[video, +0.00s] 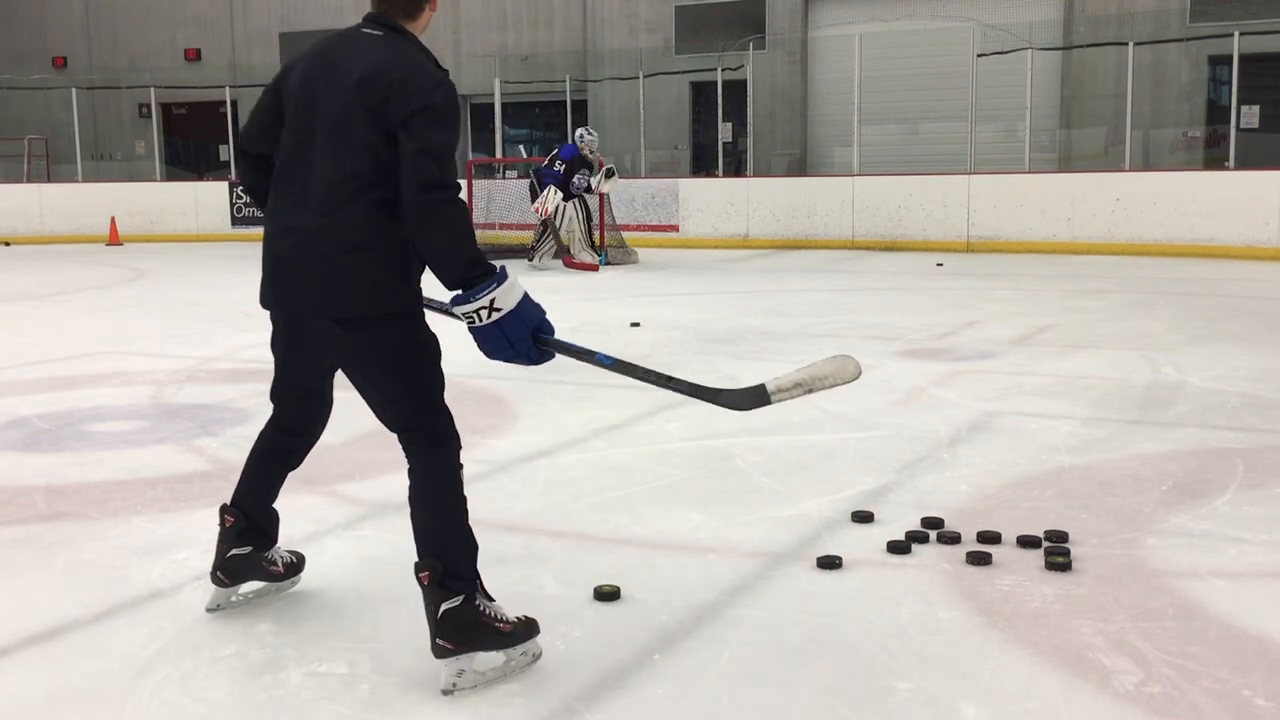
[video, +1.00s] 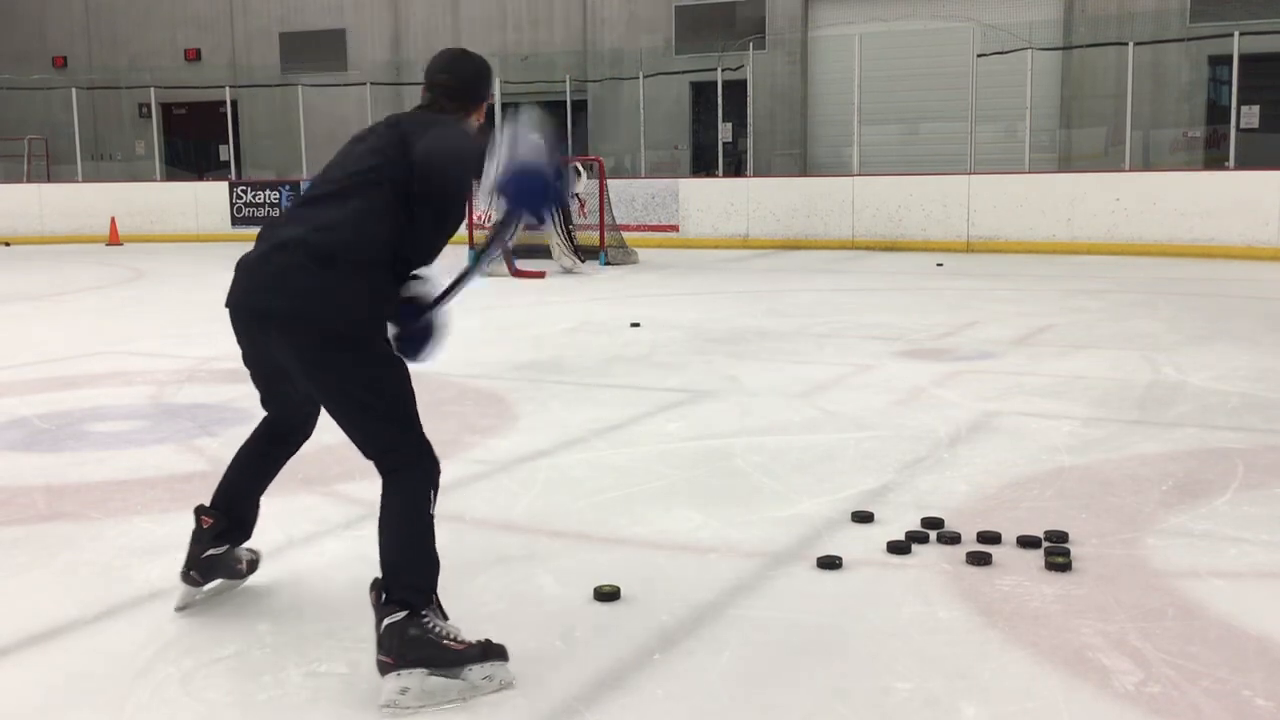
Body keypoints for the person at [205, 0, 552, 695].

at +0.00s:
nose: (438, 14)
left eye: (436, 9)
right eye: (439, 9)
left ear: (371, 4)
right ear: (429, 8)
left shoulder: (309, 60)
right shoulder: (423, 79)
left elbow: (252, 149)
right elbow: (431, 203)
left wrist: (299, 217)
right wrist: (490, 296)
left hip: (291, 285)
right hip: (371, 294)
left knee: (294, 417)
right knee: (431, 440)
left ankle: (240, 545)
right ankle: (456, 606)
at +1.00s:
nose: (483, 126)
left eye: (483, 116)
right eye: (487, 115)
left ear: (428, 95)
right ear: (479, 107)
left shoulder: (379, 134)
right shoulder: (452, 135)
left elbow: (340, 229)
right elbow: (445, 182)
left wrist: (397, 306)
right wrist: (406, 275)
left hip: (255, 293)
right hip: (329, 307)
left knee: (289, 417)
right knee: (409, 462)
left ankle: (212, 542)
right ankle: (407, 617)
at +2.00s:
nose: (560, 67)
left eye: (558, 56)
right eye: (561, 56)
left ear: (507, 46)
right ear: (549, 54)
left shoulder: (447, 93)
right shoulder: (542, 118)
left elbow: (373, 152)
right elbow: (560, 217)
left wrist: (375, 224)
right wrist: (601, 293)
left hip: (400, 260)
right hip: (460, 273)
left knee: (446, 379)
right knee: (535, 396)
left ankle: (392, 487)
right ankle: (516, 538)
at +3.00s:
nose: (544, 74)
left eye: (548, 64)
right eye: (546, 61)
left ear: (493, 31)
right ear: (527, 46)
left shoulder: (403, 50)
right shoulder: (519, 124)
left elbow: (303, 50)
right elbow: (493, 234)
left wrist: (343, 121)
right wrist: (483, 308)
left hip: (341, 247)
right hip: (423, 260)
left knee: (375, 395)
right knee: (481, 418)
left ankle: (338, 543)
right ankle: (486, 582)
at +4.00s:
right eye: (447, 16)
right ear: (431, 5)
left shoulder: (317, 37)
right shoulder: (449, 59)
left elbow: (252, 124)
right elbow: (468, 177)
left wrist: (318, 194)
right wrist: (536, 274)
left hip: (309, 267)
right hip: (398, 273)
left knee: (311, 416)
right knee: (447, 433)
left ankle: (259, 563)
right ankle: (469, 608)